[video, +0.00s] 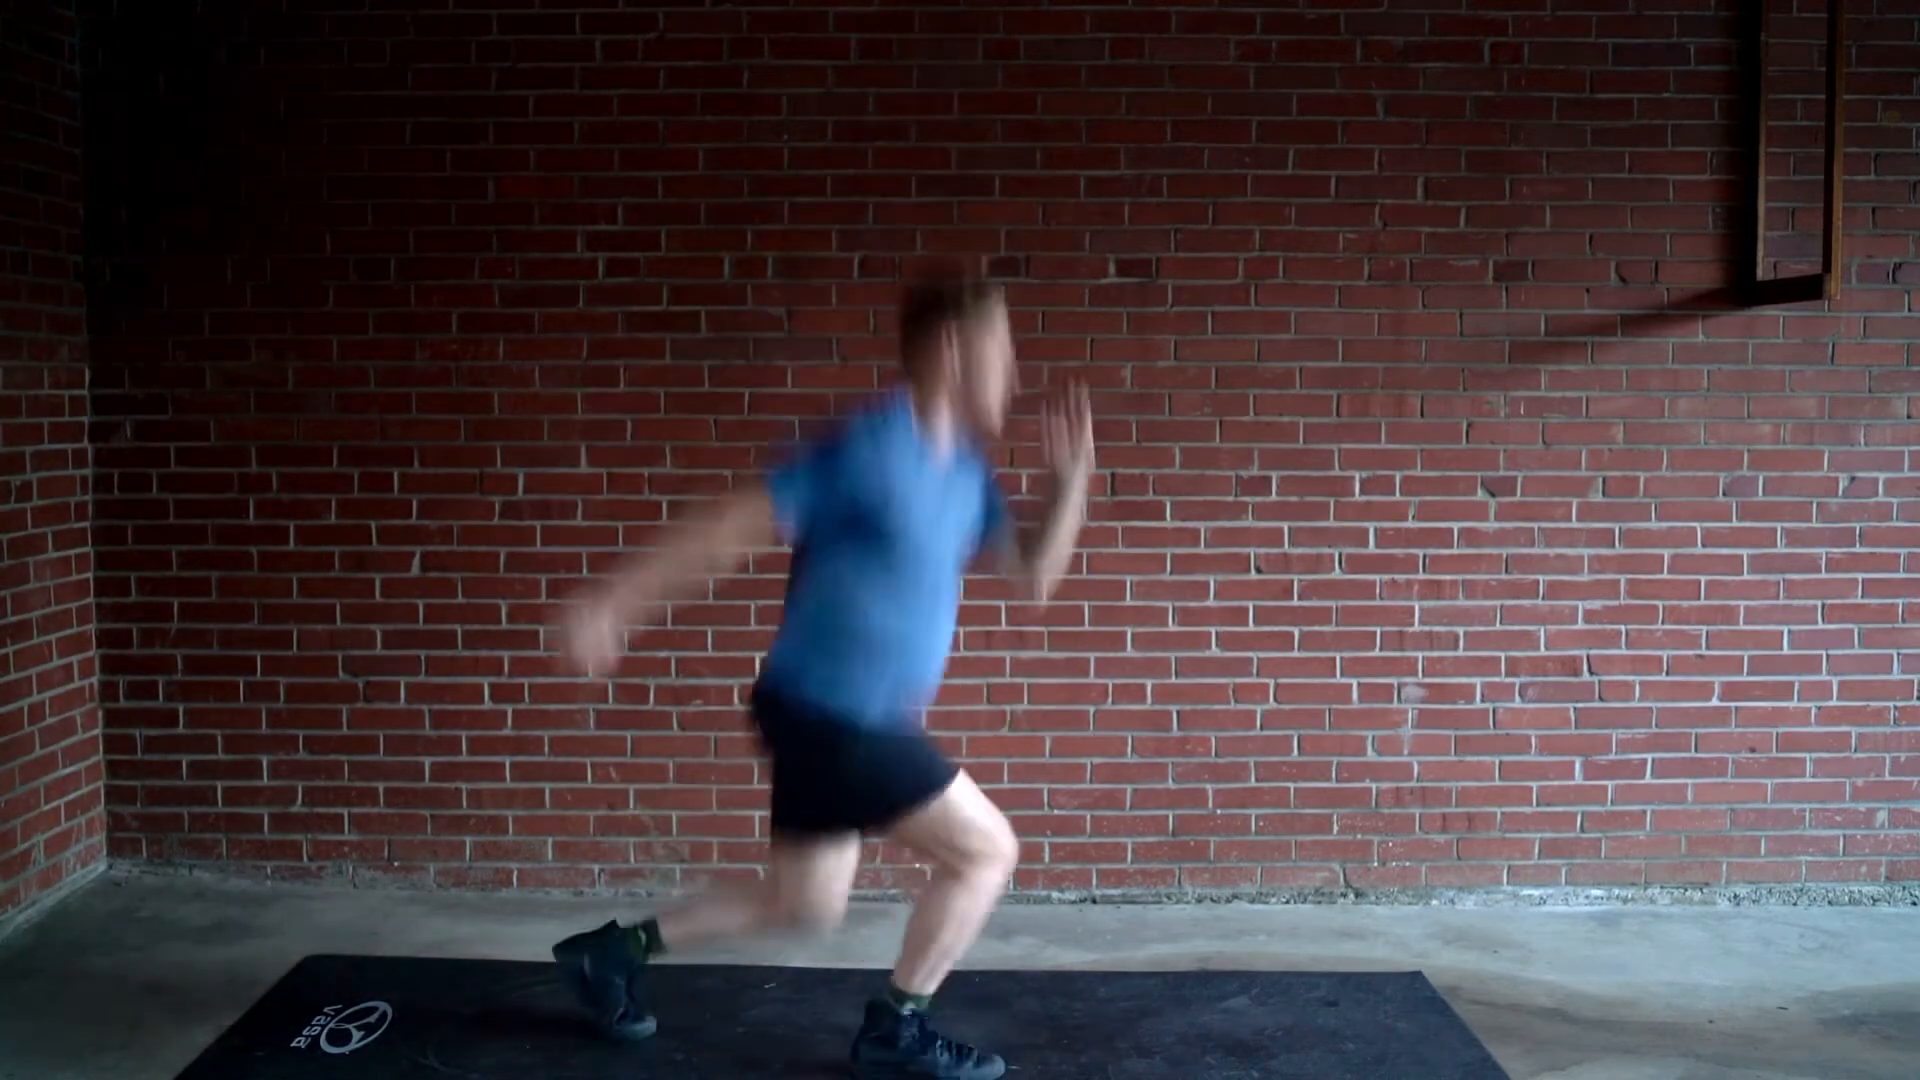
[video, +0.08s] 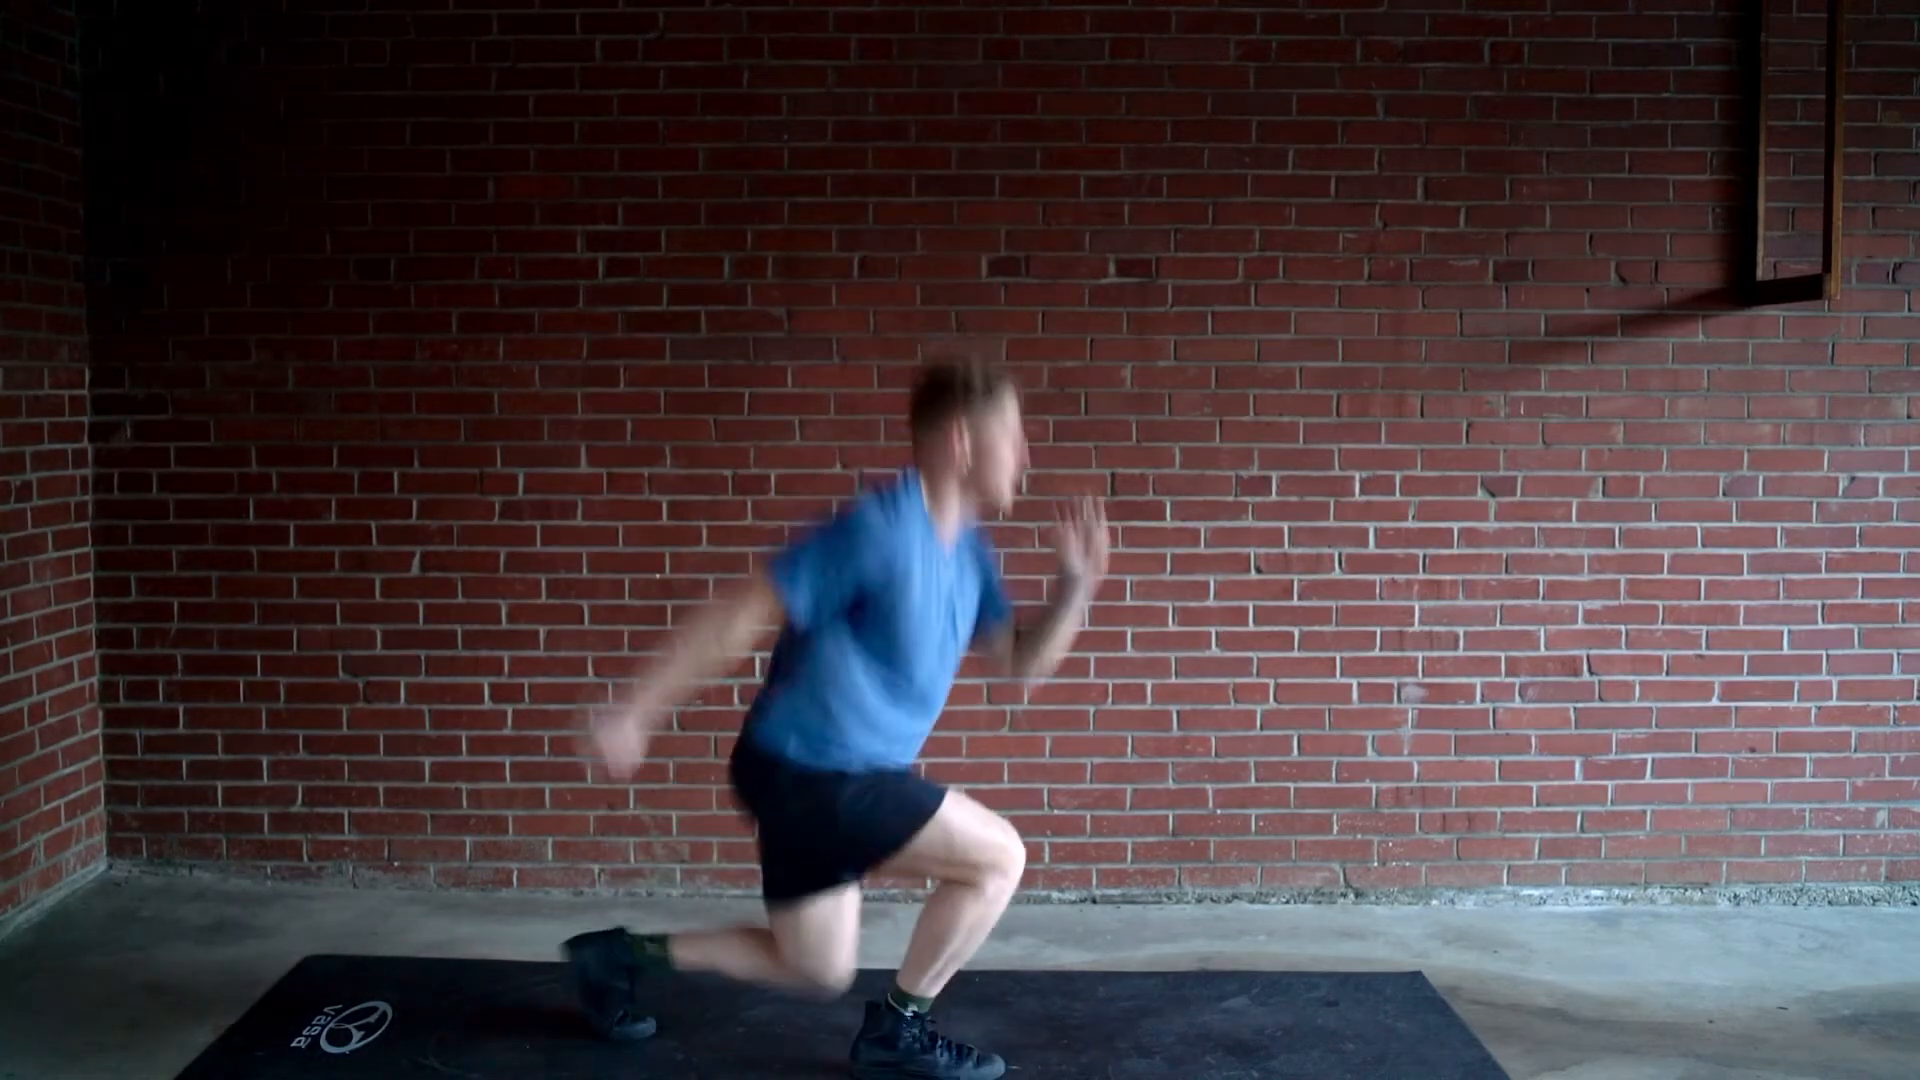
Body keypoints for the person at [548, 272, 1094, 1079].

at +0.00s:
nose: (1009, 363)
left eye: (1008, 342)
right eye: (994, 343)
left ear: (985, 349)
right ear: (942, 348)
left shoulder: (968, 467)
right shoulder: (869, 445)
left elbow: (1035, 578)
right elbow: (734, 524)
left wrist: (1072, 481)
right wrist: (611, 603)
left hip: (867, 713)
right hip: (818, 710)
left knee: (806, 903)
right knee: (985, 850)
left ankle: (617, 949)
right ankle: (897, 1027)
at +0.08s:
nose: (1024, 450)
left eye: (1021, 432)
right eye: (1012, 431)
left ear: (971, 445)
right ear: (959, 442)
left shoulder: (968, 550)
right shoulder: (876, 530)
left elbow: (1022, 666)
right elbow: (746, 609)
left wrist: (1076, 589)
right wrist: (636, 711)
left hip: (846, 773)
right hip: (802, 771)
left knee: (819, 964)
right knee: (996, 857)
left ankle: (626, 955)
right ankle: (898, 1029)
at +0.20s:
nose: (1027, 520)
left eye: (1025, 503)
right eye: (1016, 502)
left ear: (970, 514)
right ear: (965, 512)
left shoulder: (963, 610)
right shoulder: (881, 596)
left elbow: (1006, 729)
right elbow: (747, 681)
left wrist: (1067, 661)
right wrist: (647, 791)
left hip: (829, 816)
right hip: (787, 821)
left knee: (827, 1001)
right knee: (995, 858)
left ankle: (645, 957)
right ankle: (896, 1029)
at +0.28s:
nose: (1023, 533)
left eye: (1020, 517)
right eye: (1012, 517)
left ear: (965, 529)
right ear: (962, 526)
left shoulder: (960, 622)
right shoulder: (881, 609)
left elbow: (1004, 736)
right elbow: (748, 693)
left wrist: (1066, 663)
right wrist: (637, 793)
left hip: (822, 820)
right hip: (786, 825)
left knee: (829, 1004)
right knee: (994, 856)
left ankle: (645, 956)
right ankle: (898, 1031)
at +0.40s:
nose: (1010, 485)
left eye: (1006, 467)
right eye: (997, 467)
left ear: (951, 485)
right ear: (946, 481)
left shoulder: (954, 577)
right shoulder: (884, 568)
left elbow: (1010, 688)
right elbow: (751, 659)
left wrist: (1062, 607)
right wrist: (643, 761)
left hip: (826, 794)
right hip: (787, 797)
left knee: (824, 982)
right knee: (994, 854)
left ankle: (635, 956)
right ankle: (898, 1029)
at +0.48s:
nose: (994, 423)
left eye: (989, 405)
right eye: (980, 406)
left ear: (936, 423)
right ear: (932, 421)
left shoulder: (951, 526)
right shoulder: (884, 511)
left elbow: (1015, 625)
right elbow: (756, 604)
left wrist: (1060, 536)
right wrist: (665, 720)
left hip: (830, 757)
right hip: (797, 756)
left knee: (809, 948)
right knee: (993, 849)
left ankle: (616, 954)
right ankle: (898, 1028)